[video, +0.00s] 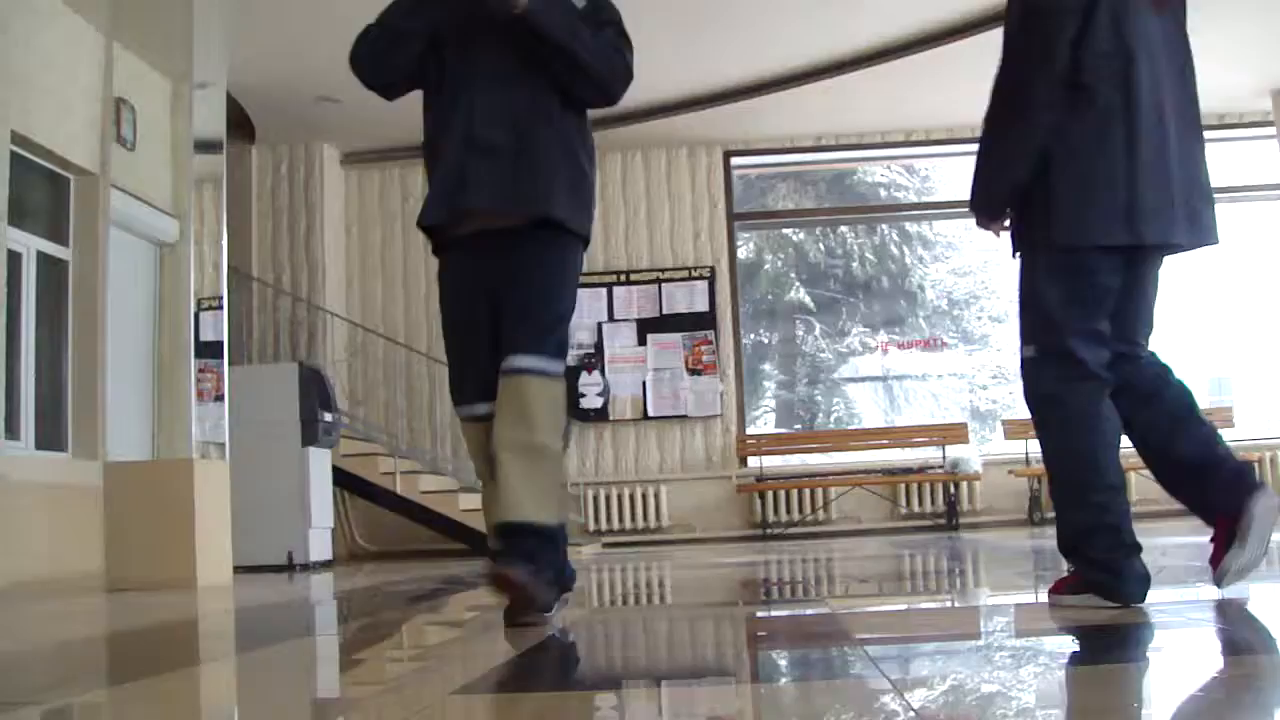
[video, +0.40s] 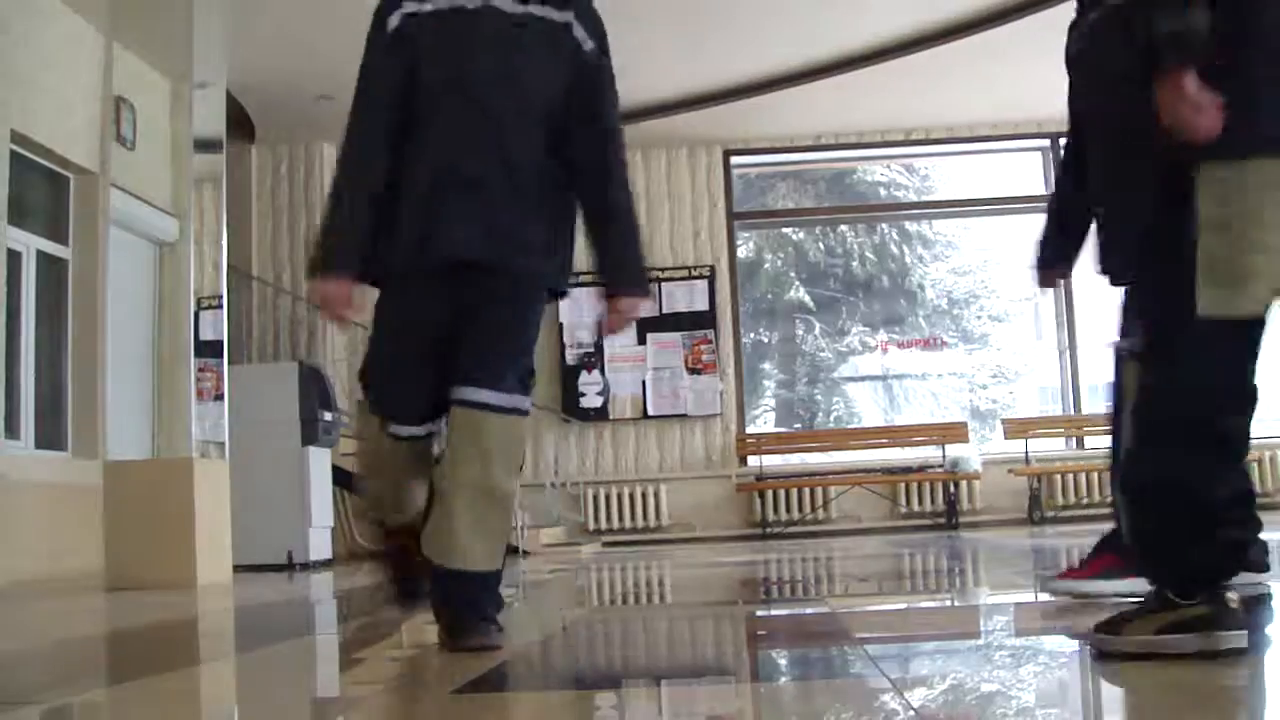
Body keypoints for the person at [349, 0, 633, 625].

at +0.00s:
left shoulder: (579, 7)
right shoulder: (441, 12)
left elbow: (609, 78)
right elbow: (373, 67)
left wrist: (532, 7)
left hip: (548, 197)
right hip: (461, 207)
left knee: (531, 371)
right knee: (477, 400)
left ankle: (528, 555)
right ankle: (535, 560)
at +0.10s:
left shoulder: (569, 12)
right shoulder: (432, 13)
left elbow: (610, 100)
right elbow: (365, 84)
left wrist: (544, 23)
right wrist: (441, 9)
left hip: (542, 230)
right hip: (454, 236)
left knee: (518, 391)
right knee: (482, 417)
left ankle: (487, 563)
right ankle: (548, 572)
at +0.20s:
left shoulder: (571, 12)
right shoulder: (413, 9)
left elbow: (595, 105)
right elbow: (370, 105)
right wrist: (426, 61)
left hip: (534, 230)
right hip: (441, 232)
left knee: (503, 393)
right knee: (464, 412)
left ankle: (475, 577)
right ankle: (536, 561)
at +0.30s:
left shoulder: (576, 15)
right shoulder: (408, 7)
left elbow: (580, 133)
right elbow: (385, 91)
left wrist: (572, 240)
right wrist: (403, 184)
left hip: (521, 228)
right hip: (427, 224)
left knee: (496, 405)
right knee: (435, 416)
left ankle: (470, 597)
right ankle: (493, 566)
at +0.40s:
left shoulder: (573, 16)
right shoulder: (409, 8)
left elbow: (598, 147)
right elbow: (370, 132)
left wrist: (623, 269)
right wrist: (341, 255)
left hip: (518, 253)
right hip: (417, 250)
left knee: (491, 422)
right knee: (393, 419)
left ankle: (469, 598)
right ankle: (400, 532)